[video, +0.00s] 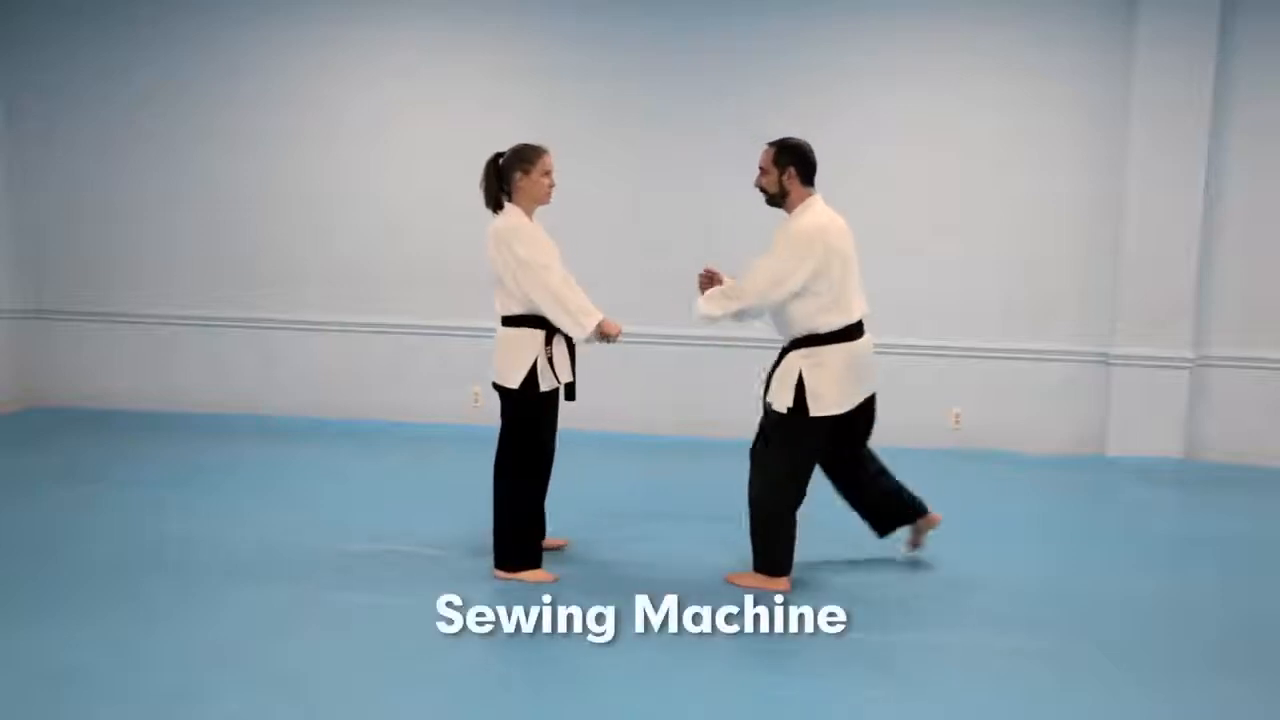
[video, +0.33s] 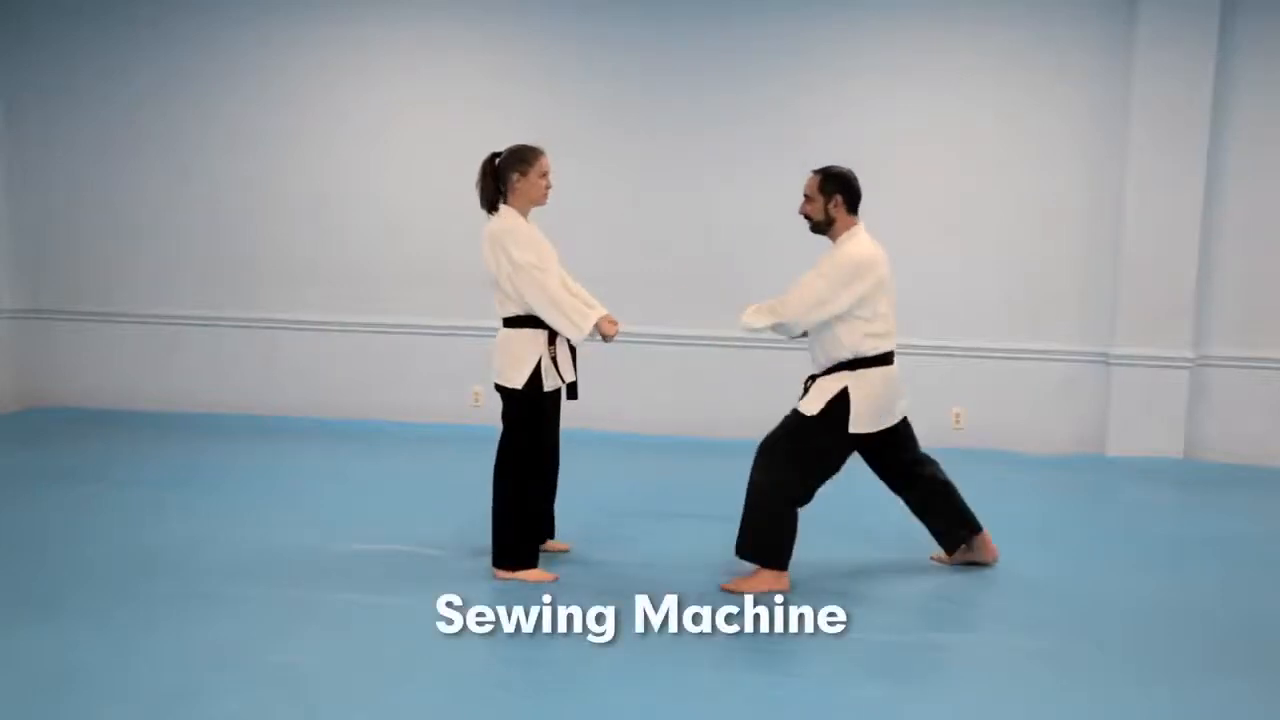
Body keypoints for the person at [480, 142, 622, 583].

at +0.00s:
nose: (552, 183)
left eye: (552, 175)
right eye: (545, 175)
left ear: (524, 182)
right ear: (518, 180)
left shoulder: (527, 226)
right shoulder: (512, 228)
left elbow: (558, 280)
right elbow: (546, 285)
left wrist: (594, 319)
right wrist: (593, 322)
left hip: (541, 352)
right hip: (526, 354)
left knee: (536, 452)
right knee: (522, 457)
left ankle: (529, 537)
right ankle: (513, 561)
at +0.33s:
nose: (549, 184)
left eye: (549, 176)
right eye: (542, 176)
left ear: (521, 183)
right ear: (516, 181)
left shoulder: (525, 227)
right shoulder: (506, 230)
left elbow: (560, 278)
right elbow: (541, 289)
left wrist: (596, 313)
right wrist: (591, 322)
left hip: (545, 353)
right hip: (525, 355)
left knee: (543, 453)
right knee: (521, 457)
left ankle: (534, 536)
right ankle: (511, 562)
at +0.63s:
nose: (548, 184)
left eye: (548, 176)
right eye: (541, 176)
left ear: (520, 183)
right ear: (515, 181)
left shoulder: (524, 228)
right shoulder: (507, 230)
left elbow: (560, 279)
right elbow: (542, 290)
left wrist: (596, 315)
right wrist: (591, 324)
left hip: (543, 353)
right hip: (525, 355)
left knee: (541, 453)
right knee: (521, 457)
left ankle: (533, 537)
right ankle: (511, 562)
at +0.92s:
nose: (552, 185)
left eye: (552, 177)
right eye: (545, 177)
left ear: (523, 183)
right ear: (518, 182)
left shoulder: (527, 228)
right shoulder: (510, 230)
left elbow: (561, 279)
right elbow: (543, 289)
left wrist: (597, 316)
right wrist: (593, 323)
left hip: (545, 353)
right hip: (526, 354)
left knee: (542, 452)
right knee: (521, 457)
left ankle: (535, 536)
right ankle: (511, 562)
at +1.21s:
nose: (555, 186)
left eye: (555, 177)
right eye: (549, 178)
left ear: (528, 183)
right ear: (522, 182)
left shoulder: (530, 228)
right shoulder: (514, 229)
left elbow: (564, 279)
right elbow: (547, 290)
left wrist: (600, 316)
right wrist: (596, 324)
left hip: (545, 353)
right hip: (528, 354)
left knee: (541, 452)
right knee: (522, 457)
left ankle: (534, 538)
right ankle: (510, 562)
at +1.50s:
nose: (568, 187)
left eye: (567, 180)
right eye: (561, 180)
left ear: (538, 183)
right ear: (536, 182)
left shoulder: (536, 228)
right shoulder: (521, 229)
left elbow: (570, 281)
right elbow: (549, 293)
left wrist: (603, 317)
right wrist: (595, 327)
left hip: (534, 353)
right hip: (519, 355)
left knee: (549, 452)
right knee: (542, 455)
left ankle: (537, 539)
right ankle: (518, 556)